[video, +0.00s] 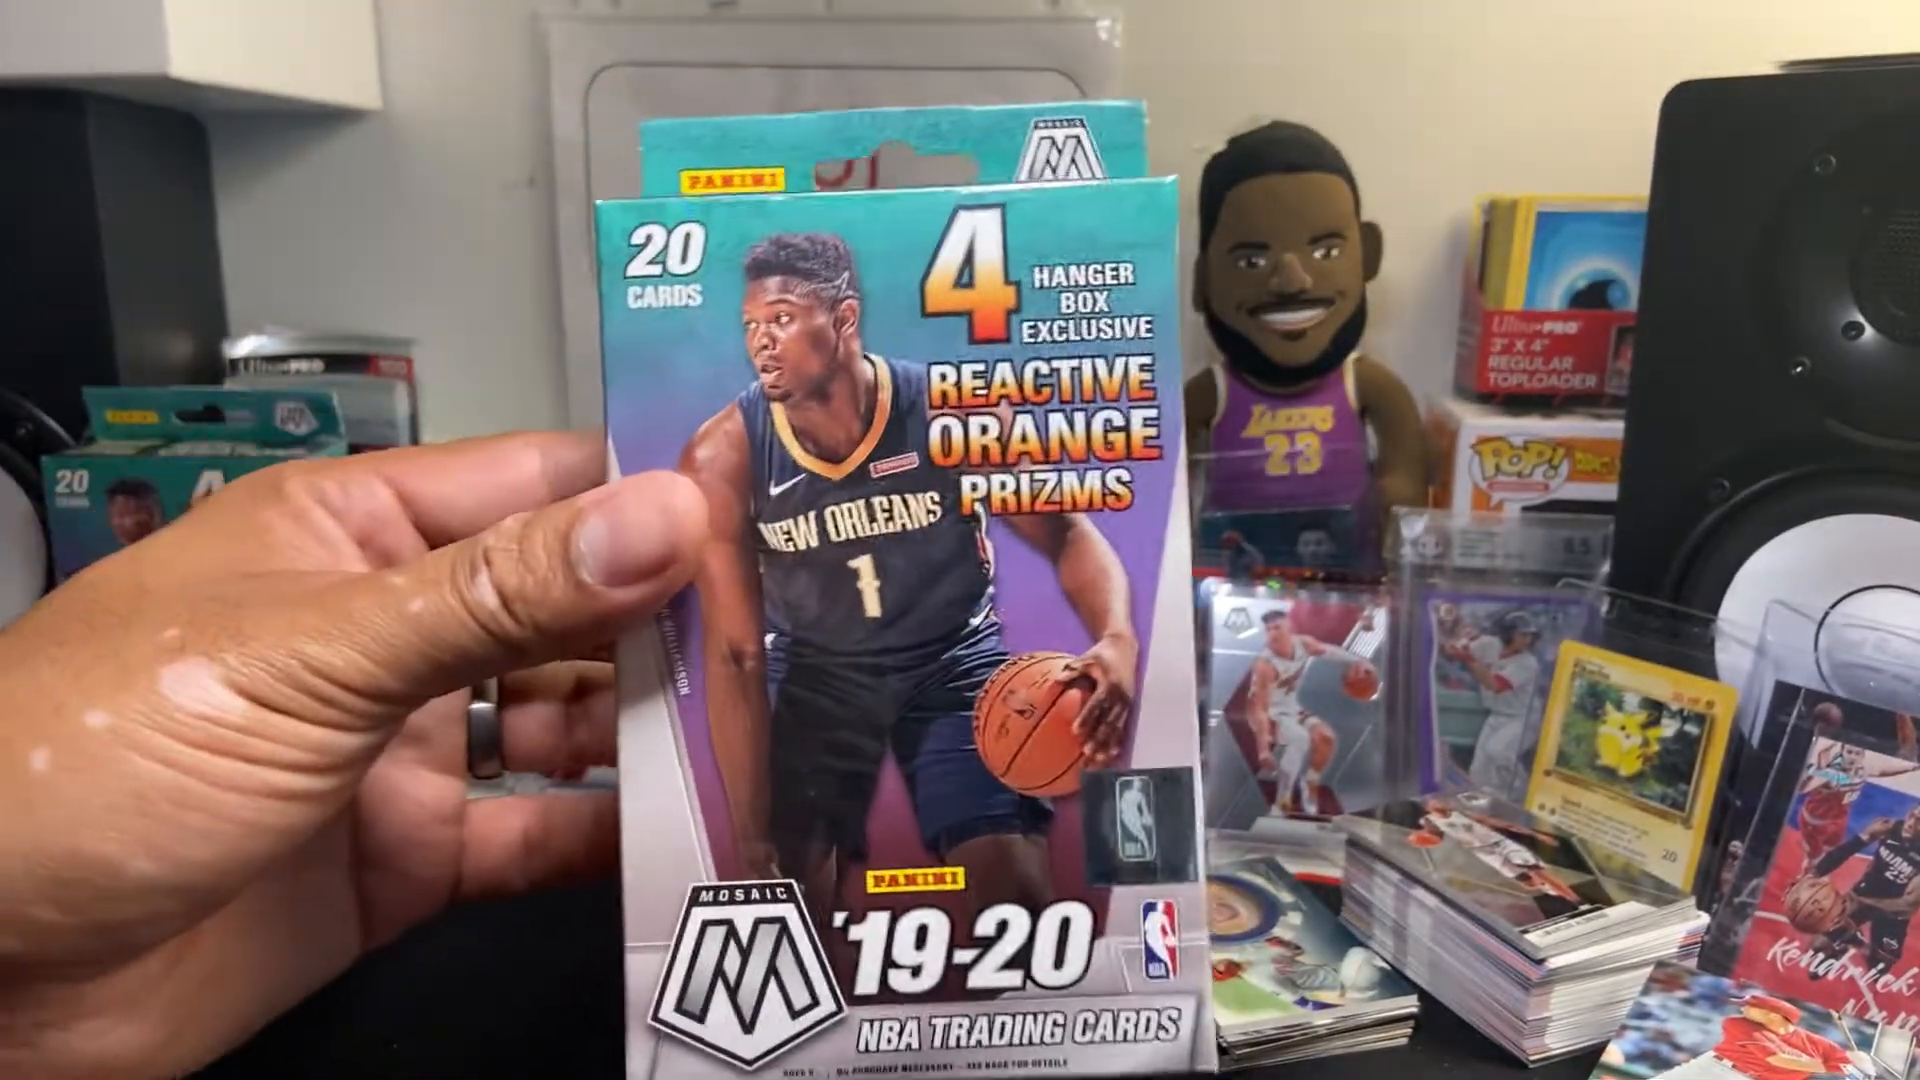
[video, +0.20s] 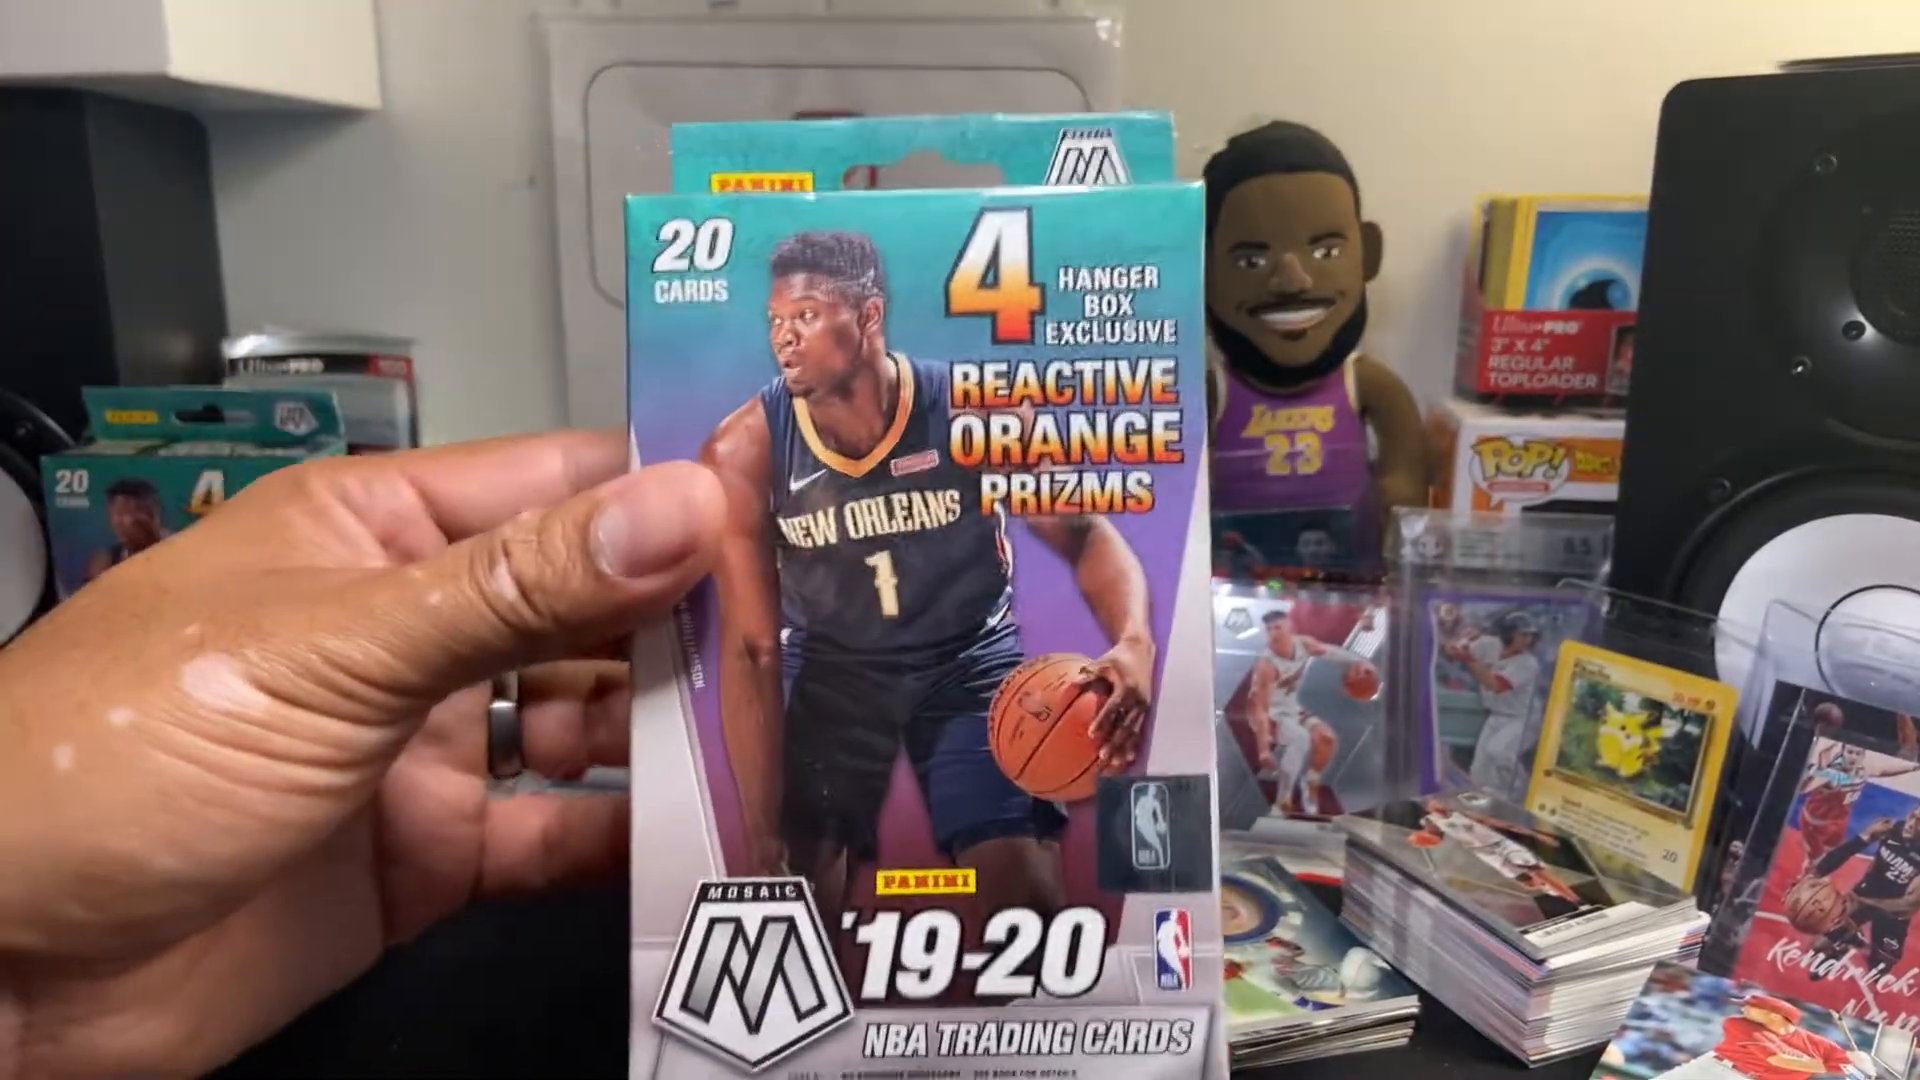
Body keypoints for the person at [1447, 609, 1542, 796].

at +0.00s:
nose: (1527, 641)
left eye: (1530, 636)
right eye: (1523, 635)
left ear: (1533, 638)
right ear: (1510, 635)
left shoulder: (1528, 663)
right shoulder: (1491, 646)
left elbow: (1497, 684)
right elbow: (1461, 651)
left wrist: (1471, 661)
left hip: (1520, 721)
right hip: (1496, 718)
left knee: (1496, 750)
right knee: (1480, 762)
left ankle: (1520, 790)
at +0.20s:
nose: (1527, 641)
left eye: (1530, 636)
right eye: (1523, 635)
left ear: (1533, 639)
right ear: (1510, 635)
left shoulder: (1528, 663)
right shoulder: (1491, 646)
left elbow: (1497, 684)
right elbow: (1462, 651)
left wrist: (1470, 661)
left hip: (1518, 722)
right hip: (1495, 718)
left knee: (1496, 751)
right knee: (1480, 762)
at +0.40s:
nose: (1527, 641)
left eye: (1530, 636)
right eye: (1523, 635)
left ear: (1533, 638)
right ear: (1510, 635)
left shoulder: (1528, 663)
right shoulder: (1492, 646)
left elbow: (1497, 684)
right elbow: (1461, 651)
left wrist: (1470, 661)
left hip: (1519, 722)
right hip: (1496, 718)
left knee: (1496, 751)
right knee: (1480, 762)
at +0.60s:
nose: (1528, 641)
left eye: (1531, 636)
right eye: (1523, 635)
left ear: (1535, 639)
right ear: (1511, 635)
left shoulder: (1529, 663)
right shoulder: (1492, 646)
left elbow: (1498, 684)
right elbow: (1462, 651)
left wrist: (1471, 661)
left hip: (1519, 722)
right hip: (1496, 718)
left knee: (1497, 751)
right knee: (1481, 763)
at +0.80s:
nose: (1528, 641)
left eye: (1531, 636)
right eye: (1523, 635)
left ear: (1534, 639)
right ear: (1511, 635)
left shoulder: (1529, 663)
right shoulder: (1492, 646)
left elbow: (1498, 685)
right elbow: (1460, 650)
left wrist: (1471, 661)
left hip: (1520, 722)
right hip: (1496, 718)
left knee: (1497, 751)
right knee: (1481, 764)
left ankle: (1520, 788)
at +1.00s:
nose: (1528, 641)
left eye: (1531, 636)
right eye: (1523, 635)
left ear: (1534, 639)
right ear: (1511, 634)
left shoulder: (1530, 664)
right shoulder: (1492, 646)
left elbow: (1500, 685)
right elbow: (1461, 651)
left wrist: (1472, 662)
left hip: (1520, 720)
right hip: (1497, 716)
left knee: (1498, 752)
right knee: (1483, 752)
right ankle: (1478, 794)